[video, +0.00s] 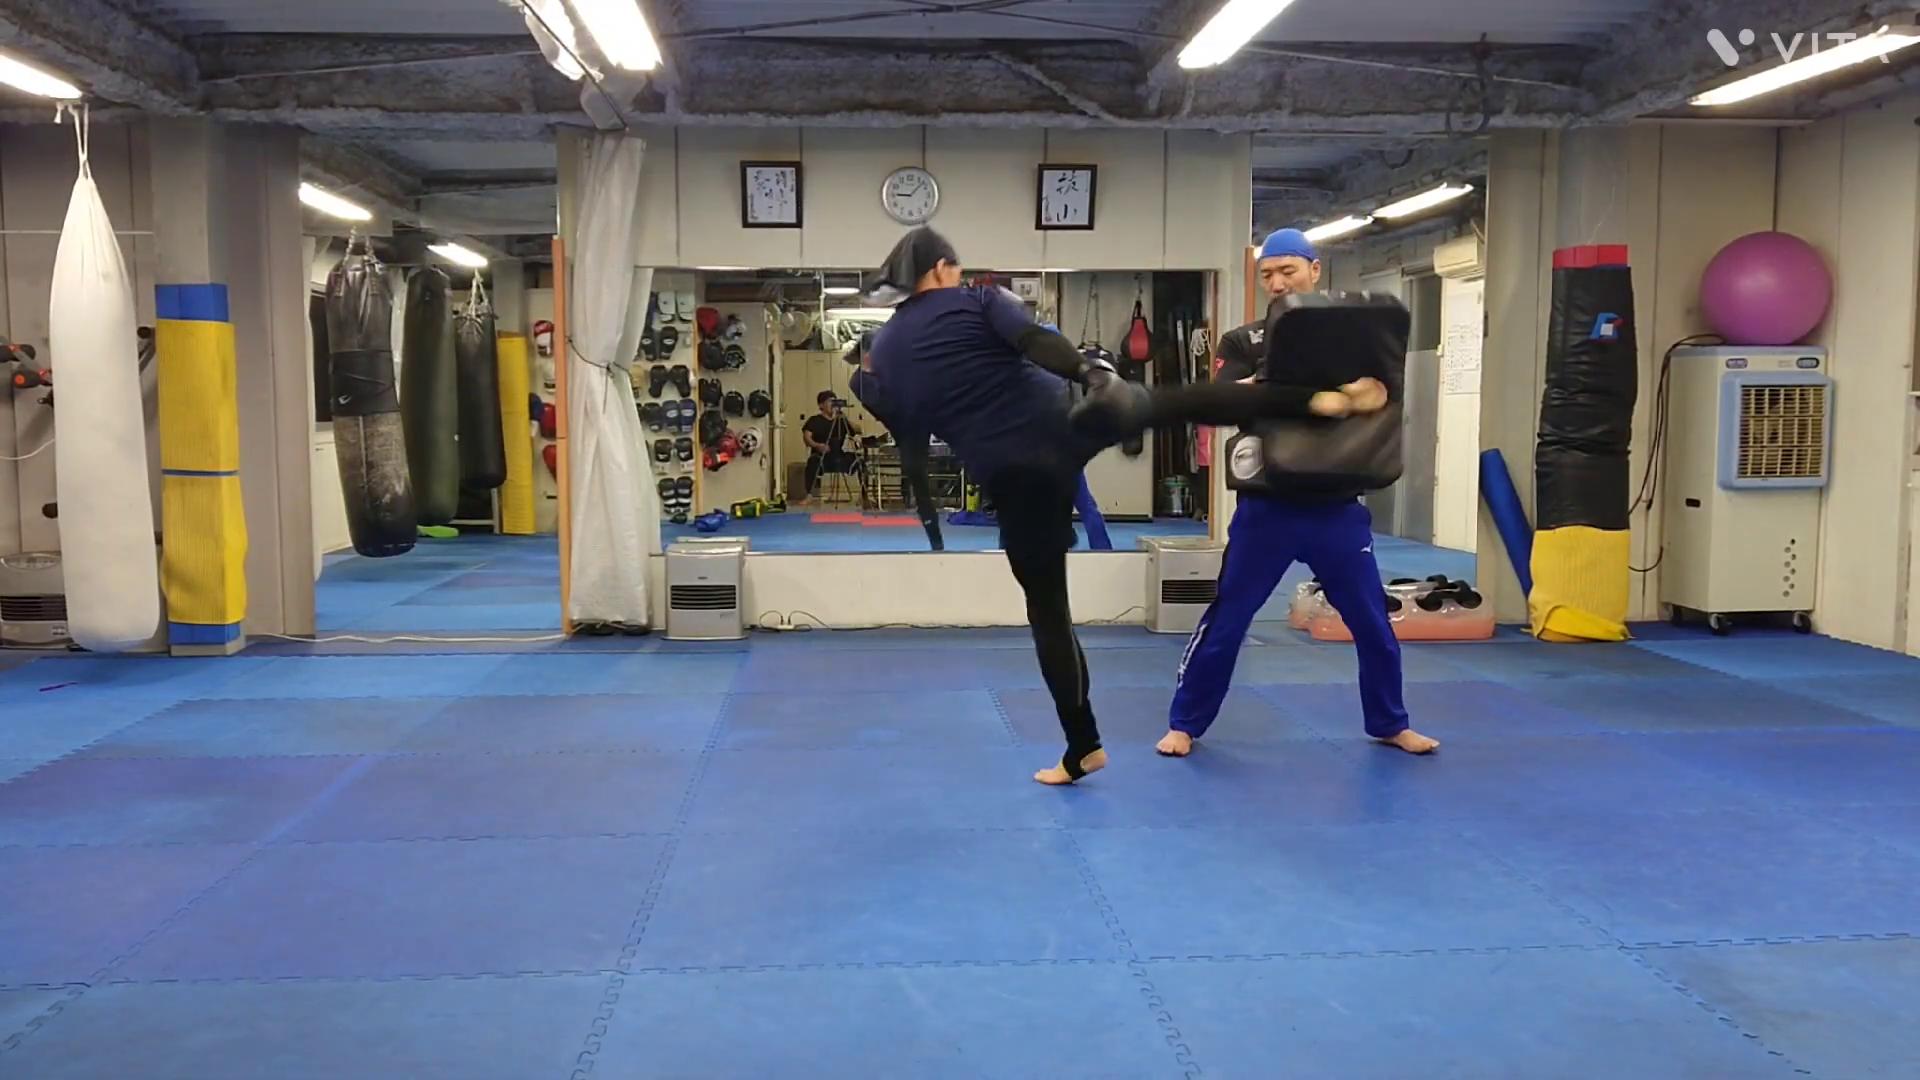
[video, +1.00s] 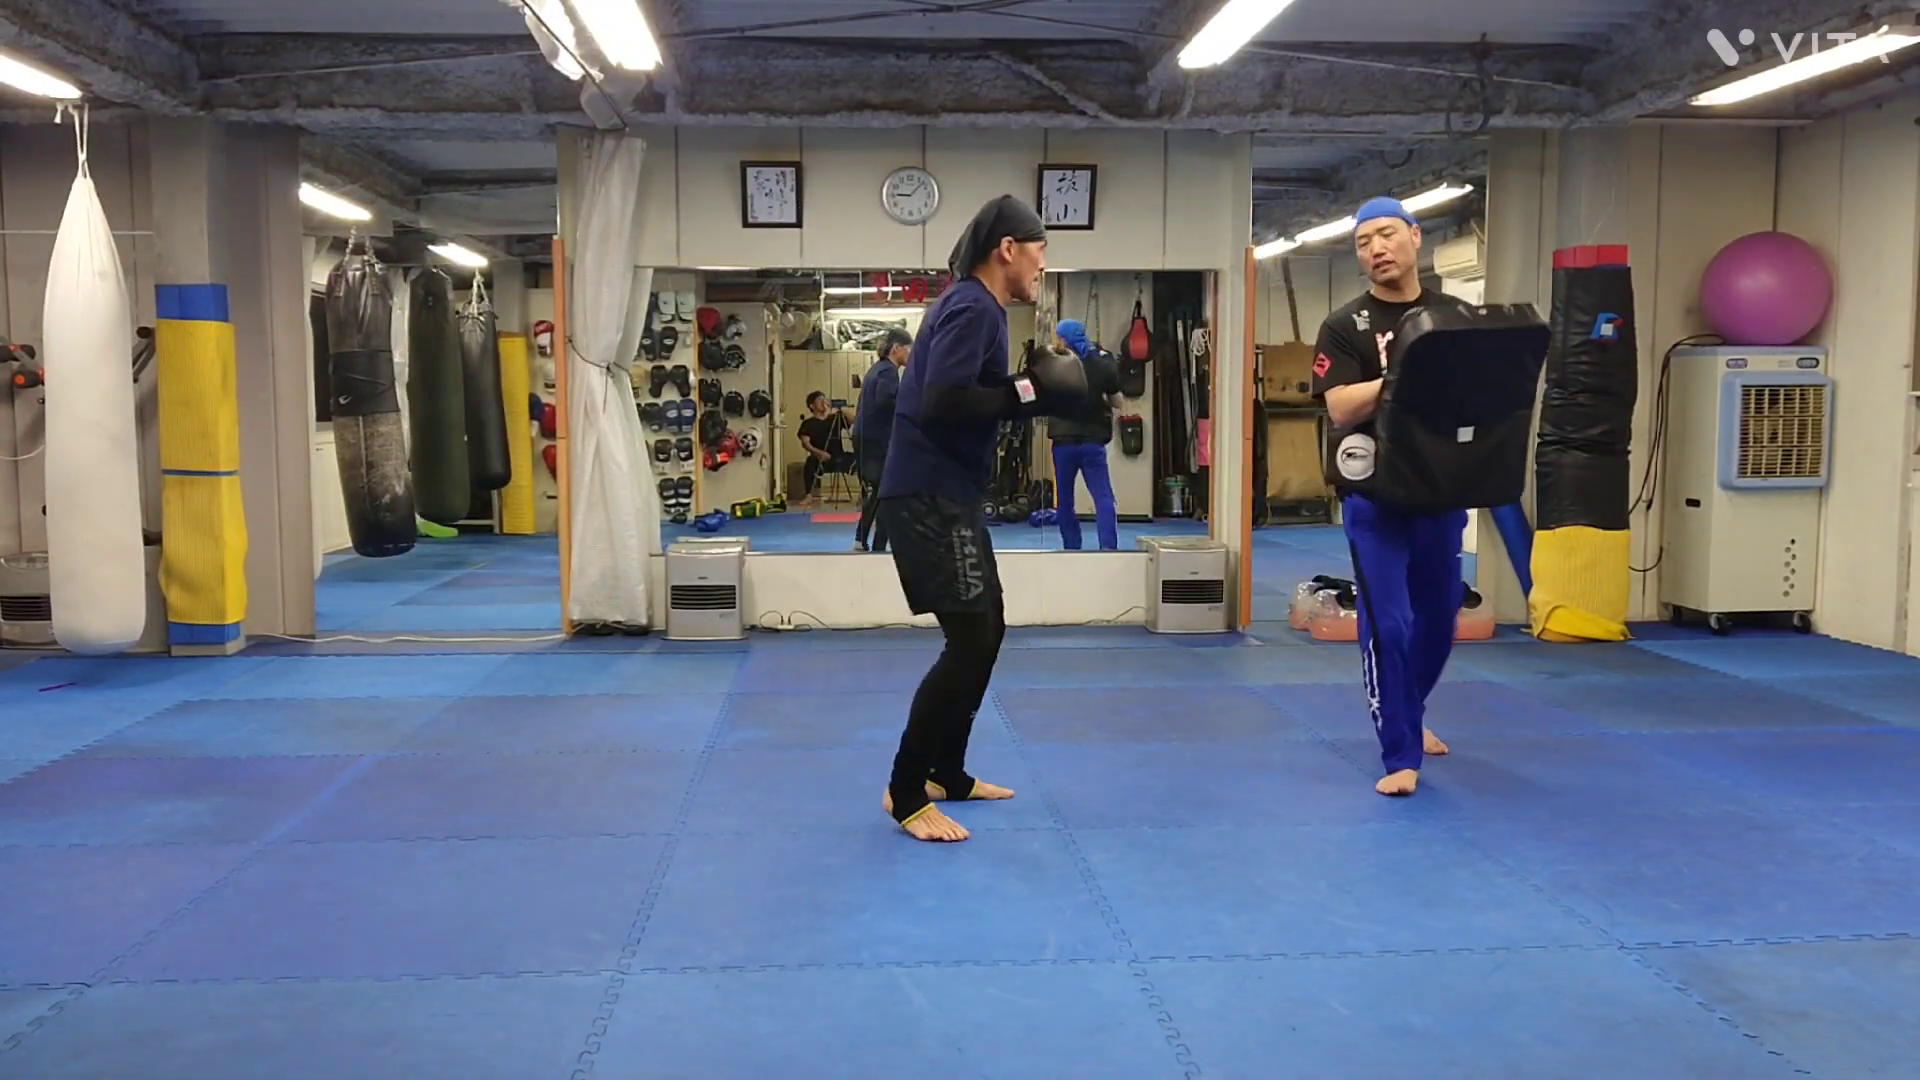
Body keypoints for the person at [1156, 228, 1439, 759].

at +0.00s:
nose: (1278, 282)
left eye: (1288, 271)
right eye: (1269, 274)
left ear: (1315, 271)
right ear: (1260, 281)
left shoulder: (1349, 334)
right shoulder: (1242, 343)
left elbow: (1383, 393)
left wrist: (1262, 391)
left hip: (1337, 509)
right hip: (1264, 509)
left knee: (1374, 624)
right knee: (1225, 620)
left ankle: (1389, 724)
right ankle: (1184, 725)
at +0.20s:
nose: (1287, 272)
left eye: (1296, 260)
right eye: (1276, 264)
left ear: (1320, 265)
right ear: (1266, 277)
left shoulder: (1348, 327)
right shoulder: (1248, 336)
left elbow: (1373, 389)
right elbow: (1244, 399)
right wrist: (1302, 356)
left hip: (1342, 505)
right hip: (1271, 505)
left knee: (1382, 619)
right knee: (1227, 614)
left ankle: (1390, 723)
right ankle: (1183, 726)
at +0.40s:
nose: (1325, 262)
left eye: (1335, 251)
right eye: (1313, 256)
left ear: (1358, 261)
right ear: (1302, 272)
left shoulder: (1382, 331)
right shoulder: (1280, 334)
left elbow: (1409, 399)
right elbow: (1273, 406)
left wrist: (1354, 366)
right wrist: (1326, 376)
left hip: (1376, 507)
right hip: (1304, 507)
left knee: (1407, 624)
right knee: (1253, 615)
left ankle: (1396, 725)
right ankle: (1192, 722)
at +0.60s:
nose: (1364, 252)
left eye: (1375, 240)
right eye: (1353, 243)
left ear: (1398, 247)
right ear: (1341, 255)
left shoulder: (1421, 319)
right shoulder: (1318, 319)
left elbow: (1444, 388)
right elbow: (1304, 394)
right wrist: (1360, 364)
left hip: (1404, 491)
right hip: (1335, 490)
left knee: (1410, 619)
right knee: (1314, 607)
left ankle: (1396, 722)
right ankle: (1264, 719)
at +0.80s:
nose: (1384, 250)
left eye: (1396, 238)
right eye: (1374, 242)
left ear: (1422, 247)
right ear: (1364, 255)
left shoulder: (1446, 320)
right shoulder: (1338, 321)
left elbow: (1468, 391)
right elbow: (1323, 400)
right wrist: (1382, 373)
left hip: (1423, 487)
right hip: (1356, 487)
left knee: (1414, 614)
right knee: (1365, 614)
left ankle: (1399, 723)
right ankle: (1373, 743)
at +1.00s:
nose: (1378, 247)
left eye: (1388, 234)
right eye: (1366, 241)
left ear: (1415, 239)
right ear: (1358, 257)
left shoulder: (1455, 315)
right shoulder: (1342, 326)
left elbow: (1485, 385)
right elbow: (1339, 410)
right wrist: (1403, 379)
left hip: (1442, 494)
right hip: (1372, 495)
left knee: (1439, 624)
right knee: (1389, 626)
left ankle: (1407, 715)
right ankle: (1399, 760)